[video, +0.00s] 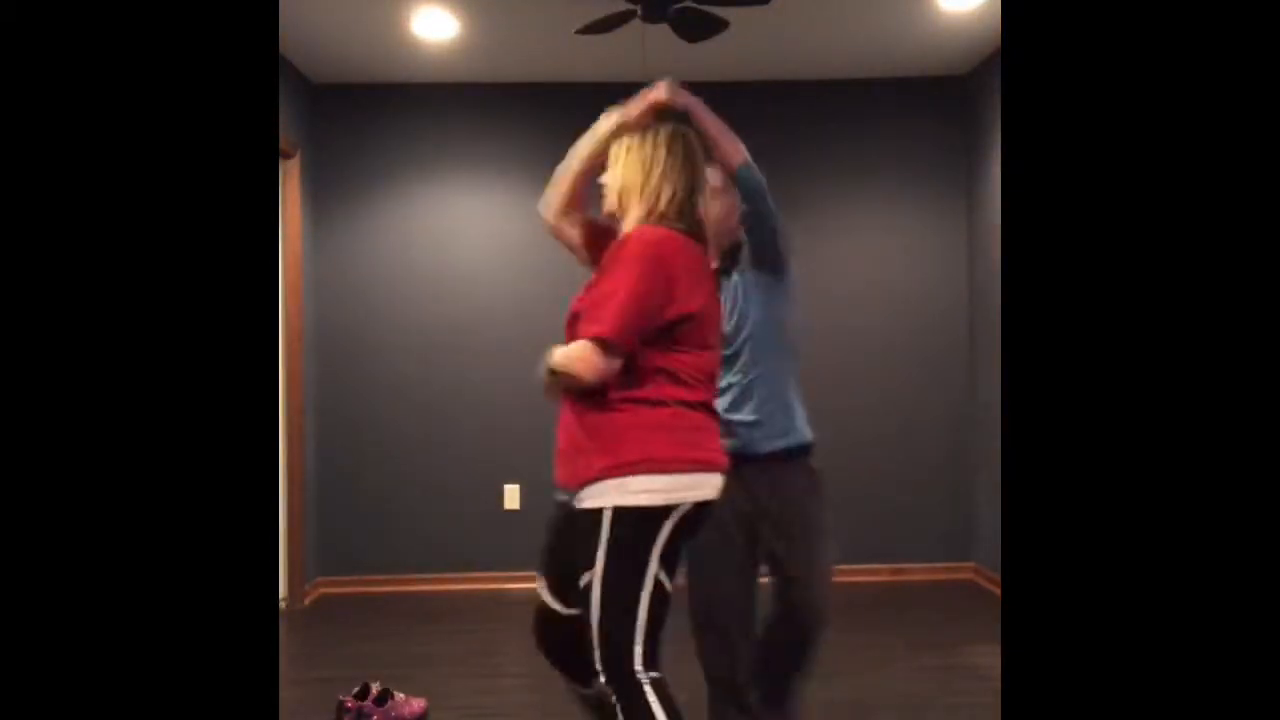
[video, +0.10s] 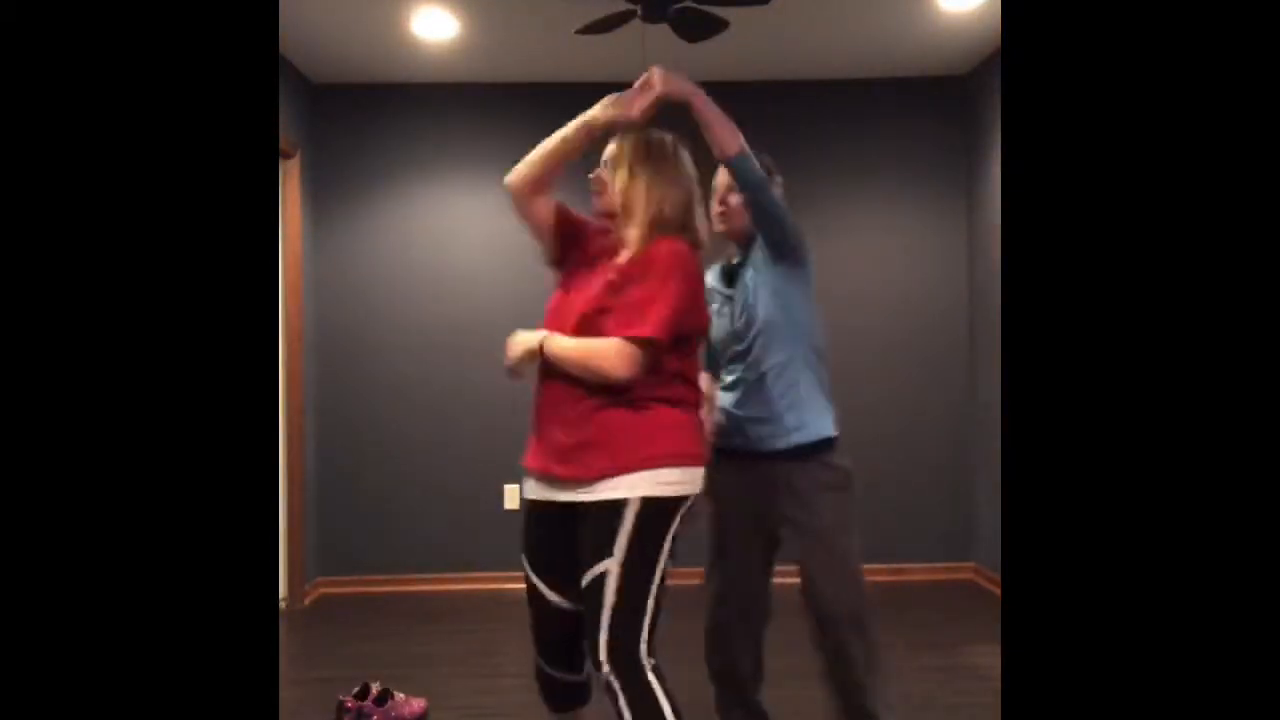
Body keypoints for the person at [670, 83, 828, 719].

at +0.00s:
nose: (721, 198)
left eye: (727, 188)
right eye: (712, 189)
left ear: (743, 207)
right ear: (690, 207)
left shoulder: (763, 268)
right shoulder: (678, 276)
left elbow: (748, 179)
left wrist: (691, 104)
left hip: (783, 457)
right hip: (713, 463)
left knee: (807, 601)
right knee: (718, 615)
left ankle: (769, 693)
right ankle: (729, 706)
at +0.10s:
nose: (725, 201)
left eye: (738, 189)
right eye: (718, 191)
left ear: (766, 199)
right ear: (709, 206)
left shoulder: (784, 258)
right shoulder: (710, 280)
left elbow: (748, 172)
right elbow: (707, 359)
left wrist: (693, 94)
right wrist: (707, 398)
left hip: (809, 461)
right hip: (738, 462)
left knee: (838, 609)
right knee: (732, 617)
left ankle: (864, 710)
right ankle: (741, 712)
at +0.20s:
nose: (742, 201)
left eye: (756, 188)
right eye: (740, 190)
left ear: (791, 195)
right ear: (734, 201)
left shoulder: (811, 255)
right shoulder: (745, 281)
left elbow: (758, 188)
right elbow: (756, 360)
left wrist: (690, 135)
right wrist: (732, 394)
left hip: (829, 462)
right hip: (764, 466)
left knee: (869, 622)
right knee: (754, 634)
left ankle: (913, 707)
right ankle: (761, 714)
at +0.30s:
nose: (764, 204)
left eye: (778, 192)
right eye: (759, 193)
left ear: (819, 194)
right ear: (756, 196)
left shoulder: (834, 248)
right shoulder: (775, 270)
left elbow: (748, 238)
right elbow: (797, 368)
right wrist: (760, 406)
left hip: (854, 465)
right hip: (790, 467)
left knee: (889, 630)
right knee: (778, 636)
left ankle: (922, 711)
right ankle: (790, 717)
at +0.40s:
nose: (777, 203)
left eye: (789, 190)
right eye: (772, 192)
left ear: (832, 189)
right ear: (771, 197)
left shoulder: (848, 255)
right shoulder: (798, 272)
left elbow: (799, 322)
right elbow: (813, 369)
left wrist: (715, 347)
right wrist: (777, 413)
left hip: (867, 472)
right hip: (805, 472)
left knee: (894, 632)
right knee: (795, 630)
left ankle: (936, 710)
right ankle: (816, 715)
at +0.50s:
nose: (782, 199)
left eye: (795, 187)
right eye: (777, 188)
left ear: (840, 187)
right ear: (775, 193)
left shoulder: (855, 252)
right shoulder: (803, 269)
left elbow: (869, 347)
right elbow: (809, 365)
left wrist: (779, 371)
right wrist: (774, 424)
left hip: (864, 476)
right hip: (808, 477)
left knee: (898, 641)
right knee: (818, 643)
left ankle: (942, 713)